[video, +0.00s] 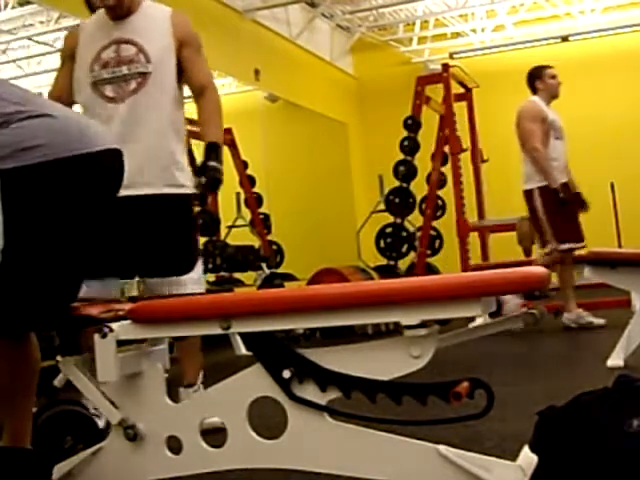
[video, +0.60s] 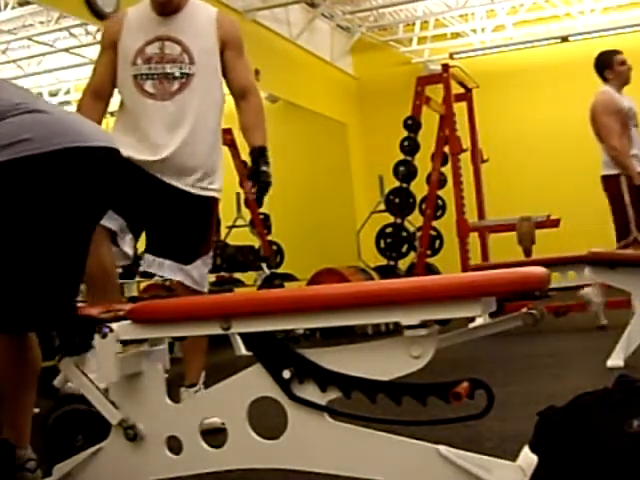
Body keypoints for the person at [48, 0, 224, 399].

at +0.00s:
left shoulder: (174, 25)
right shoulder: (78, 38)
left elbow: (205, 91)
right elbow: (55, 105)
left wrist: (212, 158)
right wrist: (35, 157)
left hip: (167, 184)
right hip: (99, 189)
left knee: (183, 304)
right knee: (94, 304)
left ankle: (191, 398)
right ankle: (95, 401)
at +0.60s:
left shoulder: (221, 26)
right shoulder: (120, 26)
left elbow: (246, 95)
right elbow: (95, 96)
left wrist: (260, 156)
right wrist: (73, 152)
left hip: (193, 181)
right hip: (126, 171)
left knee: (190, 294)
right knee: (93, 236)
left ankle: (193, 390)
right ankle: (113, 346)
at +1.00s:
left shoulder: (223, 32)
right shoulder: (120, 24)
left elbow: (246, 100)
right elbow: (92, 89)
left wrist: (256, 161)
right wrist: (76, 158)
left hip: (192, 189)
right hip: (126, 183)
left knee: (195, 304)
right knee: (109, 294)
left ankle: (195, 395)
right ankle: (117, 391)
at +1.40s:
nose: (204, 33)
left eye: (215, 26)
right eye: (200, 21)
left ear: (225, 20)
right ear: (182, 2)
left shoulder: (222, 48)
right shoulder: (126, 34)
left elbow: (230, 114)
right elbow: (106, 116)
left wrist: (239, 169)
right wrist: (122, 197)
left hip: (195, 197)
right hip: (131, 198)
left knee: (224, 306)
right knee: (128, 318)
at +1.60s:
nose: (238, 86)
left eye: (248, 80)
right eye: (235, 75)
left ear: (259, 72)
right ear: (218, 52)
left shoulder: (257, 89)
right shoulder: (161, 76)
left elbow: (259, 153)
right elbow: (138, 167)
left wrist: (247, 212)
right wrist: (144, 250)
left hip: (209, 196)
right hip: (150, 193)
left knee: (229, 302)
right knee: (146, 306)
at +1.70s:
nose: (247, 137)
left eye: (257, 133)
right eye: (245, 128)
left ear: (269, 120)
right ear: (232, 101)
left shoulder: (264, 120)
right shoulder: (168, 120)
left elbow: (264, 178)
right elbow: (149, 210)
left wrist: (250, 236)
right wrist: (153, 292)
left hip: (210, 209)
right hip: (159, 211)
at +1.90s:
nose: (247, 212)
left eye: (256, 207)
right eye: (246, 204)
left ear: (265, 196)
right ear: (231, 177)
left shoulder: (260, 188)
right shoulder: (173, 186)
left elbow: (247, 262)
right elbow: (156, 278)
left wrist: (243, 338)